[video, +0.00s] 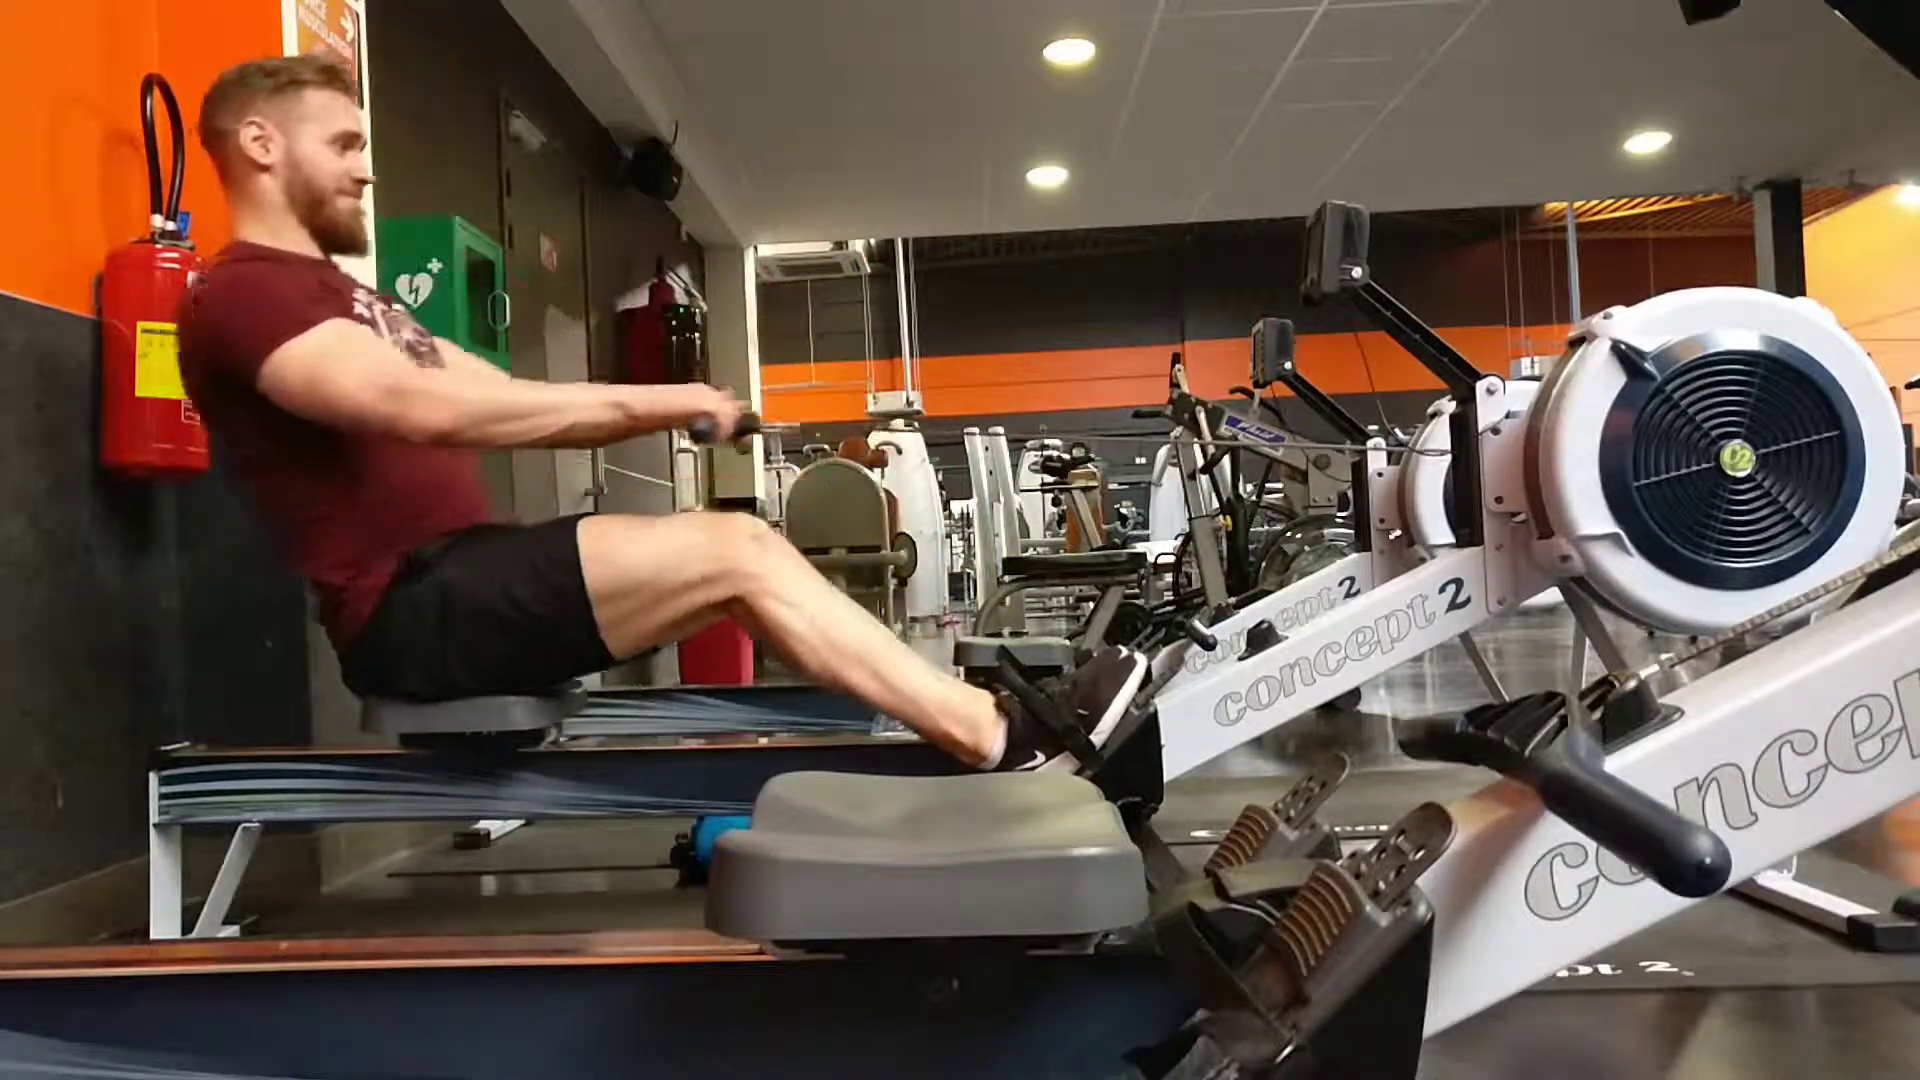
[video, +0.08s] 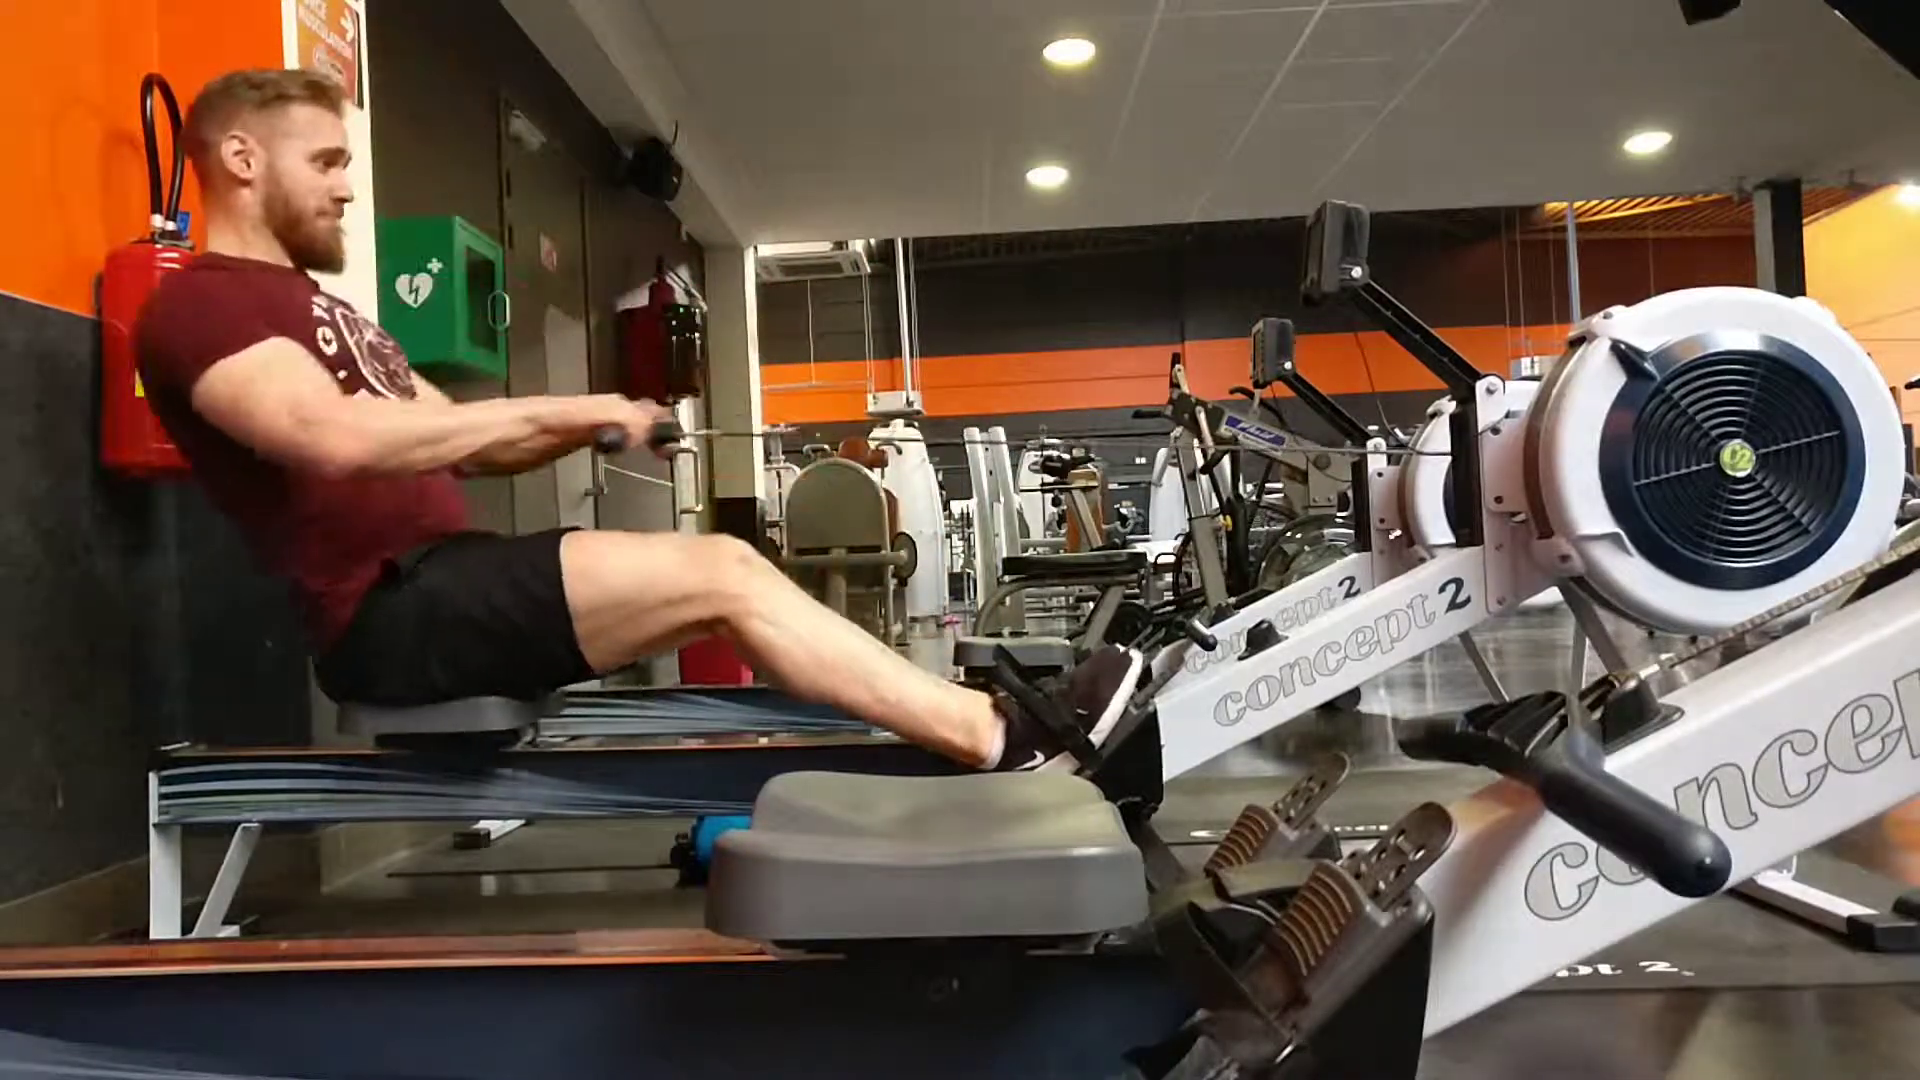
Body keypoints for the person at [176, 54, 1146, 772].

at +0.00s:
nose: (364, 166)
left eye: (361, 145)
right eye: (340, 142)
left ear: (291, 152)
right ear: (255, 151)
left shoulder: (334, 291)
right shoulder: (248, 290)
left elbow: (502, 406)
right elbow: (424, 410)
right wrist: (649, 405)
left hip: (459, 580)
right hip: (413, 606)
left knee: (749, 547)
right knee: (743, 549)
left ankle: (999, 730)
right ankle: (1000, 745)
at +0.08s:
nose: (345, 186)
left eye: (346, 166)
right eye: (325, 163)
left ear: (277, 169)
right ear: (238, 161)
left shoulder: (312, 298)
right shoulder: (202, 298)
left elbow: (445, 438)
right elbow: (332, 442)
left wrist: (568, 425)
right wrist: (556, 417)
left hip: (440, 584)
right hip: (389, 610)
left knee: (727, 565)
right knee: (723, 566)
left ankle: (995, 727)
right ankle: (1000, 739)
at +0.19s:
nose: (398, 198)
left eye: (400, 175)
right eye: (379, 170)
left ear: (309, 163)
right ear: (290, 160)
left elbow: (383, 470)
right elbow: (231, 463)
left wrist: (468, 455)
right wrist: (429, 440)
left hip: (425, 586)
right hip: (362, 609)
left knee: (720, 569)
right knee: (715, 569)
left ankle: (990, 727)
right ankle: (992, 742)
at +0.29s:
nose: (508, 192)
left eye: (513, 169)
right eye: (493, 162)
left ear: (418, 154)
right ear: (406, 148)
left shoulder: (422, 294)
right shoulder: (297, 261)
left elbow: (400, 445)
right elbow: (175, 421)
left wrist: (482, 461)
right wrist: (390, 441)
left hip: (458, 592)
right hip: (397, 609)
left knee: (747, 544)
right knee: (739, 543)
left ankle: (986, 729)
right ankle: (984, 744)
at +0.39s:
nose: (609, 195)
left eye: (613, 172)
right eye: (595, 165)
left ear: (523, 159)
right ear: (511, 150)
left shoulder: (509, 295)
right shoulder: (409, 261)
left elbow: (491, 473)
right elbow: (352, 417)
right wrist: (568, 416)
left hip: (516, 600)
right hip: (453, 616)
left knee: (777, 518)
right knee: (773, 510)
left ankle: (983, 725)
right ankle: (981, 740)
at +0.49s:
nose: (702, 197)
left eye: (706, 174)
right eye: (692, 168)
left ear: (620, 153)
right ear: (615, 148)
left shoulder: (625, 303)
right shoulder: (511, 262)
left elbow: (644, 449)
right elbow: (571, 424)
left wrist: (755, 401)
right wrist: (764, 374)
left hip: (584, 600)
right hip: (523, 612)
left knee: (832, 471)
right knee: (821, 471)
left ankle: (983, 714)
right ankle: (984, 732)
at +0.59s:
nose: (793, 193)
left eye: (797, 169)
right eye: (784, 162)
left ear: (713, 148)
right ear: (711, 143)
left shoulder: (678, 282)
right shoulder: (618, 259)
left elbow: (770, 396)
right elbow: (765, 414)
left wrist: (936, 373)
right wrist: (946, 369)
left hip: (635, 610)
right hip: (596, 621)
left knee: (881, 444)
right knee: (883, 450)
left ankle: (982, 716)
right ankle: (988, 736)